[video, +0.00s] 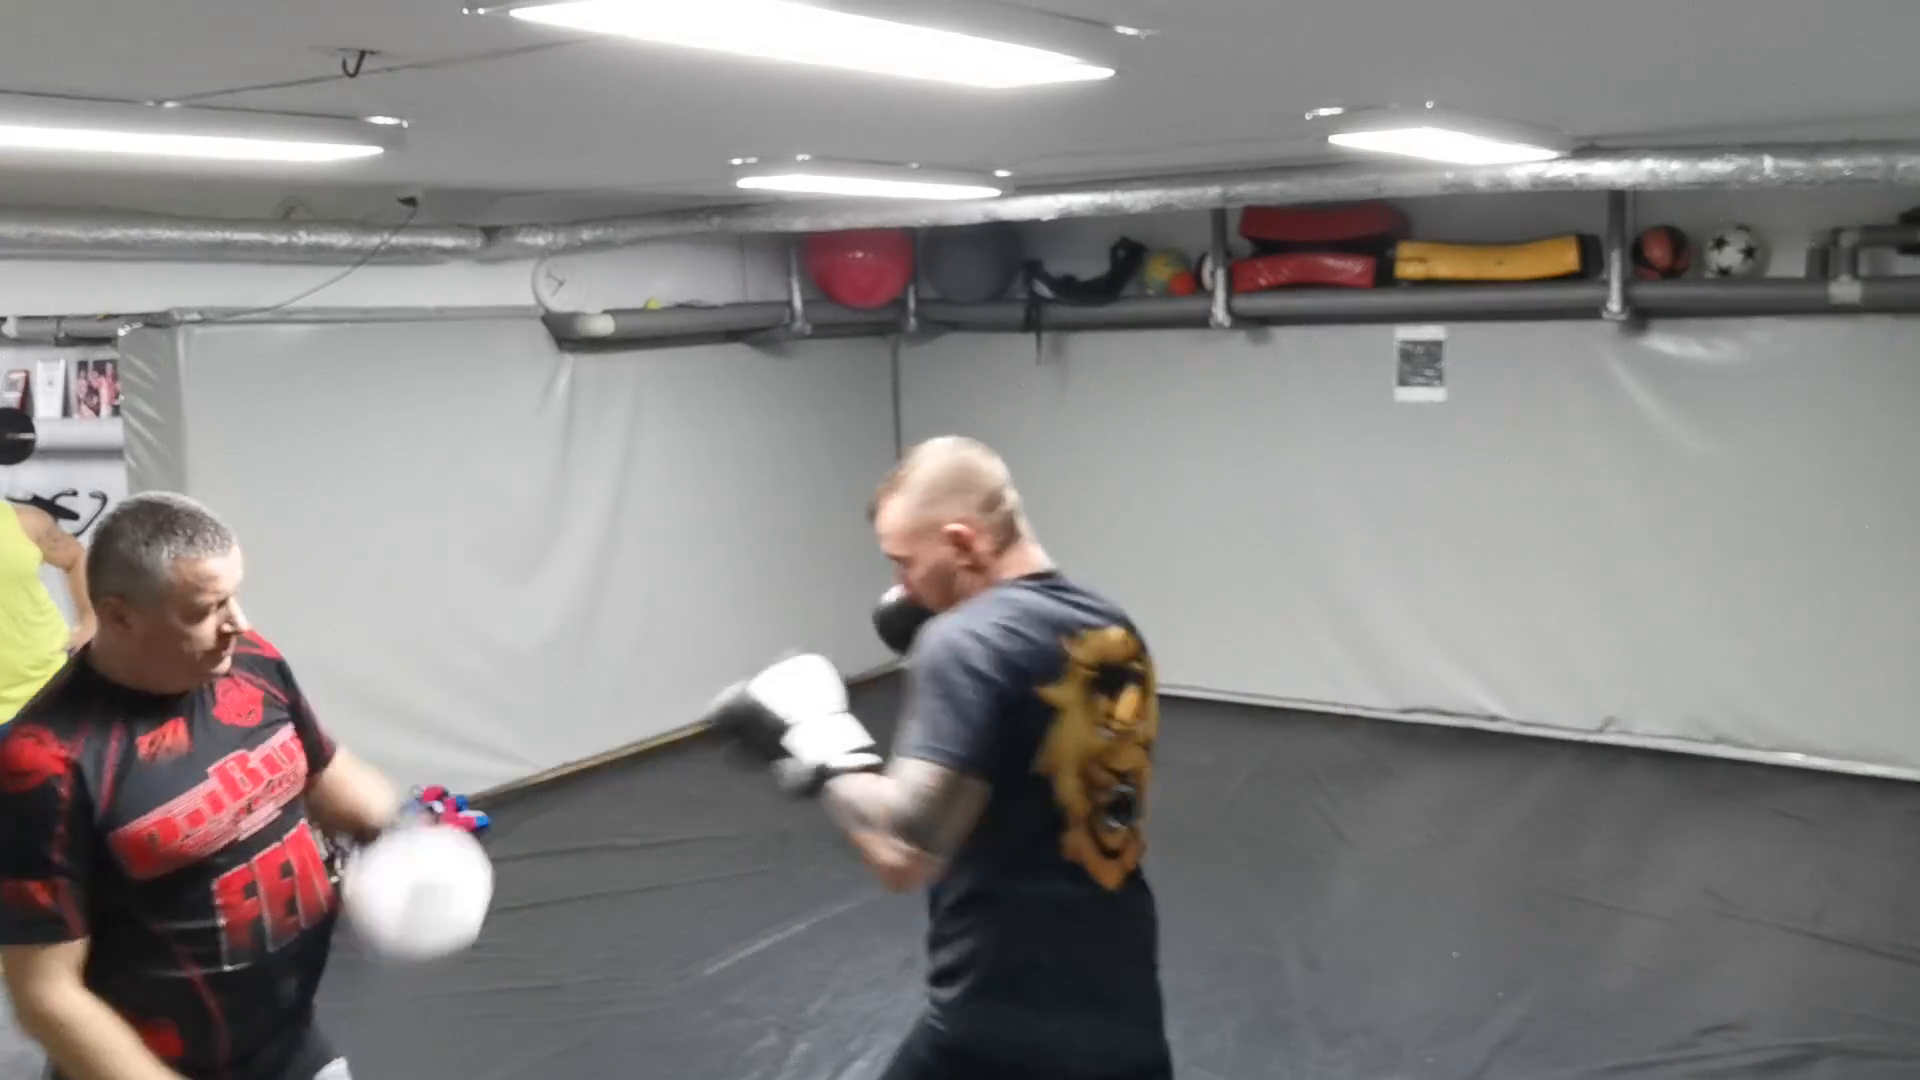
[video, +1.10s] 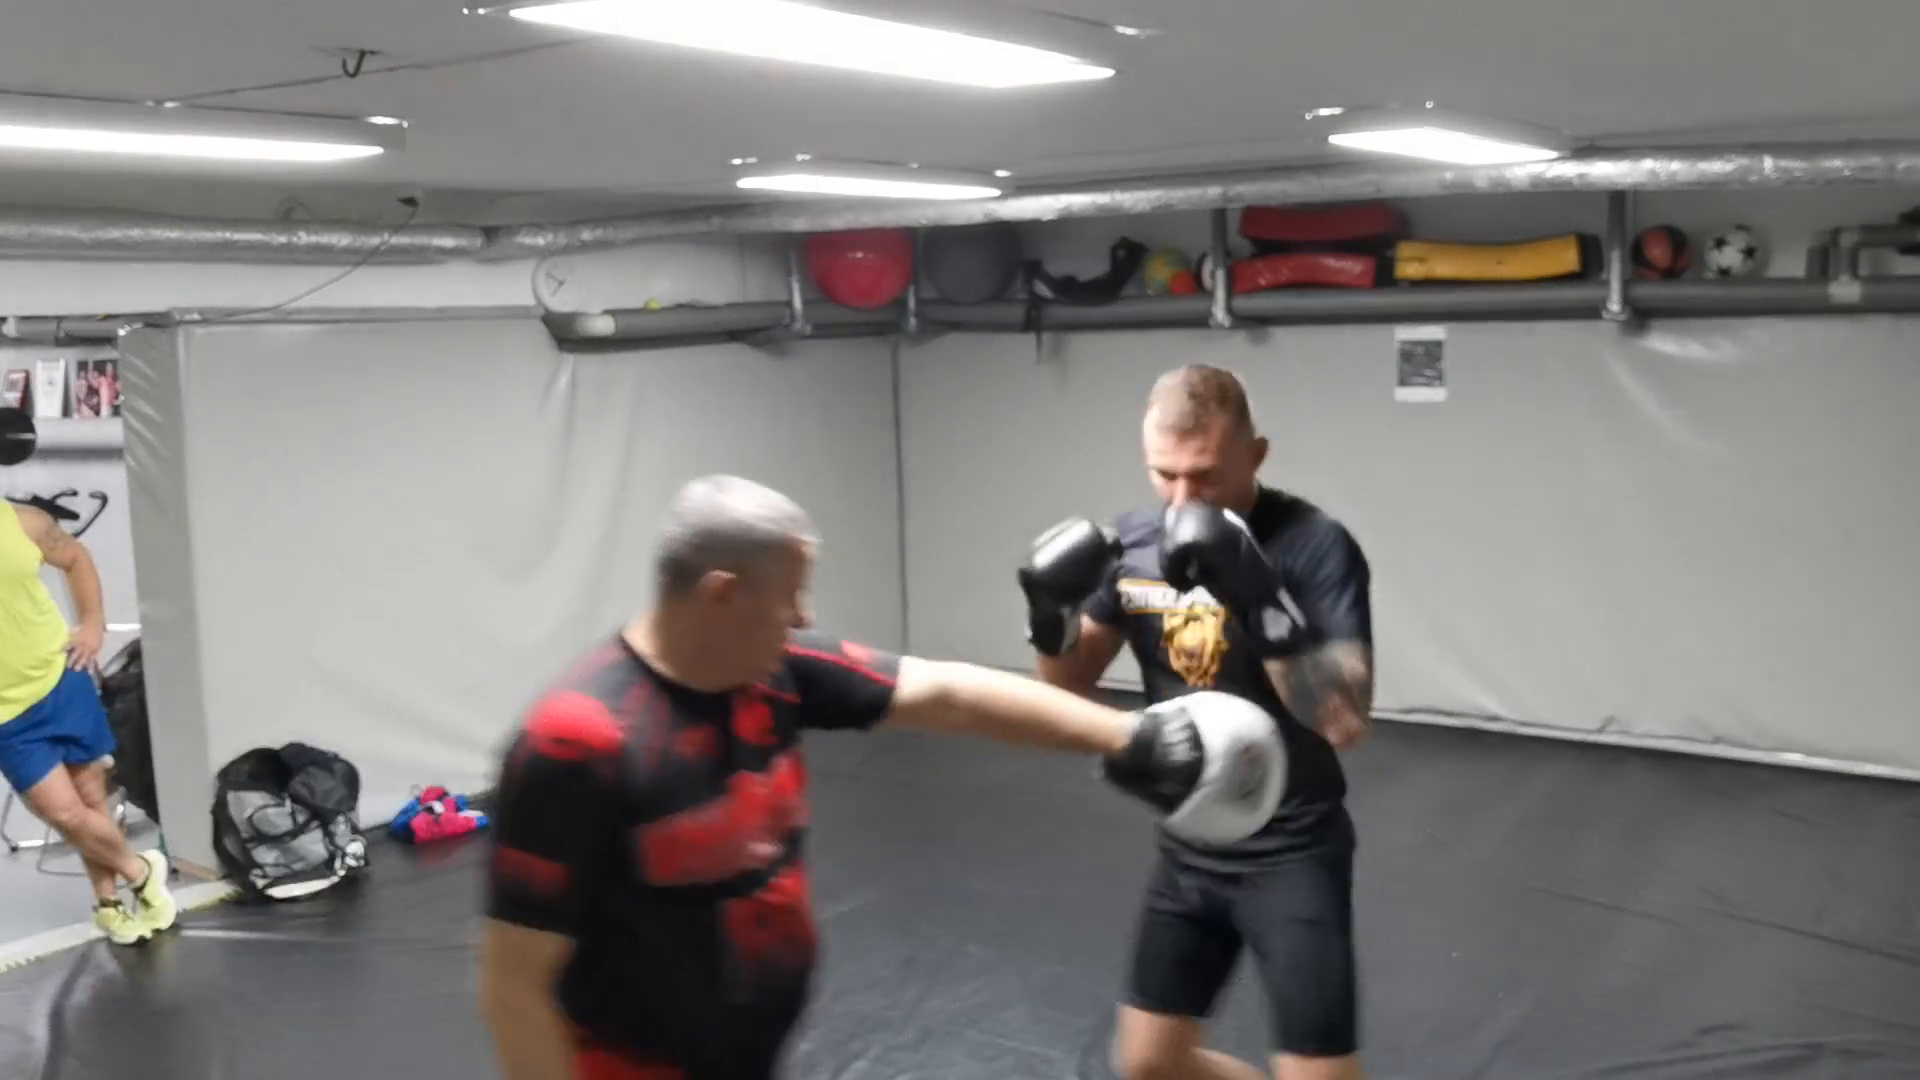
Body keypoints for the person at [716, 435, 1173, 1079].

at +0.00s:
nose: (898, 589)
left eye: (904, 564)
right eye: (894, 567)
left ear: (962, 544)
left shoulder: (966, 642)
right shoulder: (1110, 626)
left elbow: (904, 852)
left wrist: (818, 737)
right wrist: (946, 636)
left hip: (1002, 1010)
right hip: (1118, 997)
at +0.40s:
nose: (923, 590)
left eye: (933, 564)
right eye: (919, 567)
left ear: (997, 543)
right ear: (1005, 542)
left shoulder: (1011, 666)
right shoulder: (1130, 630)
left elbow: (950, 900)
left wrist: (873, 759)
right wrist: (977, 655)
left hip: (1060, 1045)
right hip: (1173, 1034)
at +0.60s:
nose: (945, 586)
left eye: (952, 561)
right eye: (938, 565)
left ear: (1016, 537)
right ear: (1022, 538)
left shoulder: (1076, 663)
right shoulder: (1126, 608)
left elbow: (1011, 855)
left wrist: (940, 724)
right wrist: (996, 865)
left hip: (1168, 987)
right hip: (1223, 955)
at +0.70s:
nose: (1000, 578)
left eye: (1012, 552)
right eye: (994, 554)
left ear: (1076, 532)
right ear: (1077, 534)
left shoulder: (1151, 646)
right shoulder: (1116, 622)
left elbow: (1101, 828)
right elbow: (1088, 749)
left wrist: (1006, 705)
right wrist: (1079, 852)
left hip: (1222, 969)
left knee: (1115, 1069)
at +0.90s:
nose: (1109, 586)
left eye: (1131, 562)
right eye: (1103, 560)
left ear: (1197, 546)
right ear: (1095, 545)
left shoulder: (1278, 655)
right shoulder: (1136, 643)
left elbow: (1331, 839)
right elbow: (1084, 761)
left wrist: (1224, 720)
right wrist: (1042, 698)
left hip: (1291, 945)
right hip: (1228, 937)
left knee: (1250, 1067)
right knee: (1265, 1063)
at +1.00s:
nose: (1157, 531)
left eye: (1177, 510)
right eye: (1143, 510)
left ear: (1238, 495)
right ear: (1127, 494)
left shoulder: (1306, 595)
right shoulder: (1131, 580)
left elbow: (1360, 770)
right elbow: (1063, 716)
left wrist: (1270, 654)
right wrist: (1043, 642)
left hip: (1295, 874)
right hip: (1210, 866)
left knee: (1261, 1066)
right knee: (1247, 1056)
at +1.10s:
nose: (1183, 497)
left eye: (1204, 478)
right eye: (1165, 476)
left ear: (1256, 456)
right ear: (1146, 458)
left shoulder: (1314, 546)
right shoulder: (1135, 541)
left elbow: (1342, 722)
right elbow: (1071, 685)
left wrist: (1259, 598)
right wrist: (1052, 617)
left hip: (1292, 853)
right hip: (1187, 848)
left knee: (1313, 1069)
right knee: (1147, 1056)